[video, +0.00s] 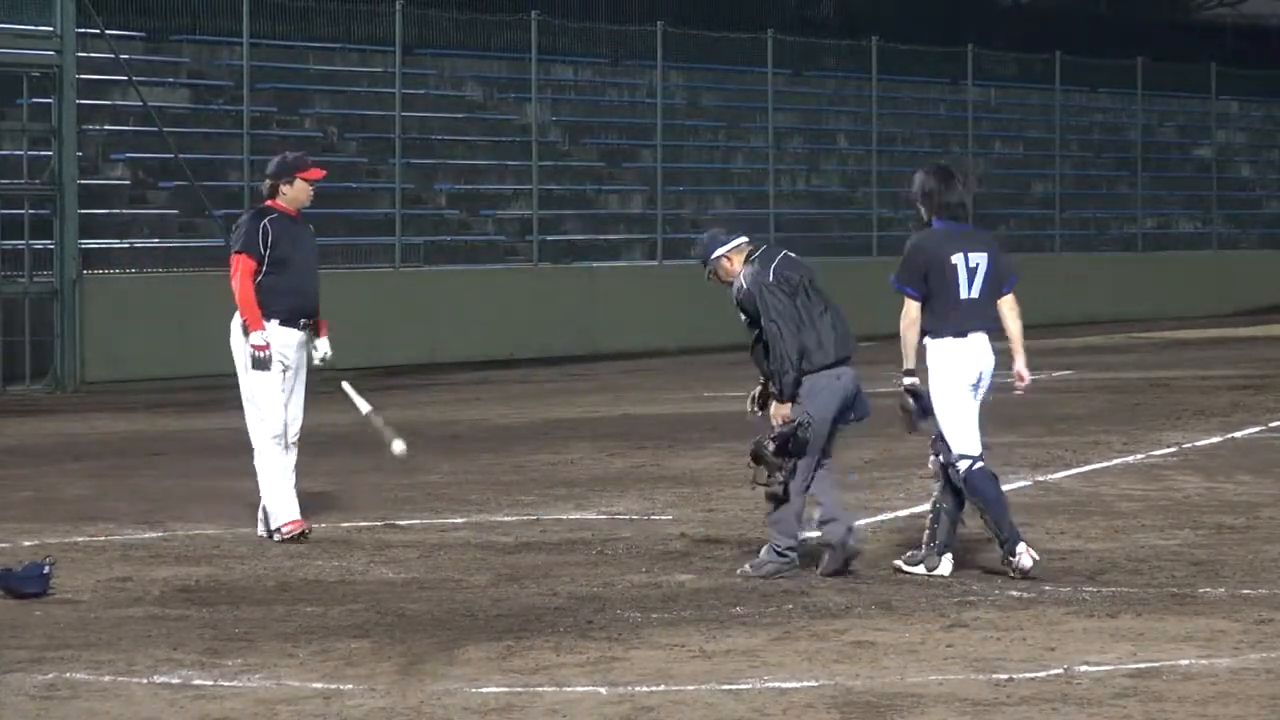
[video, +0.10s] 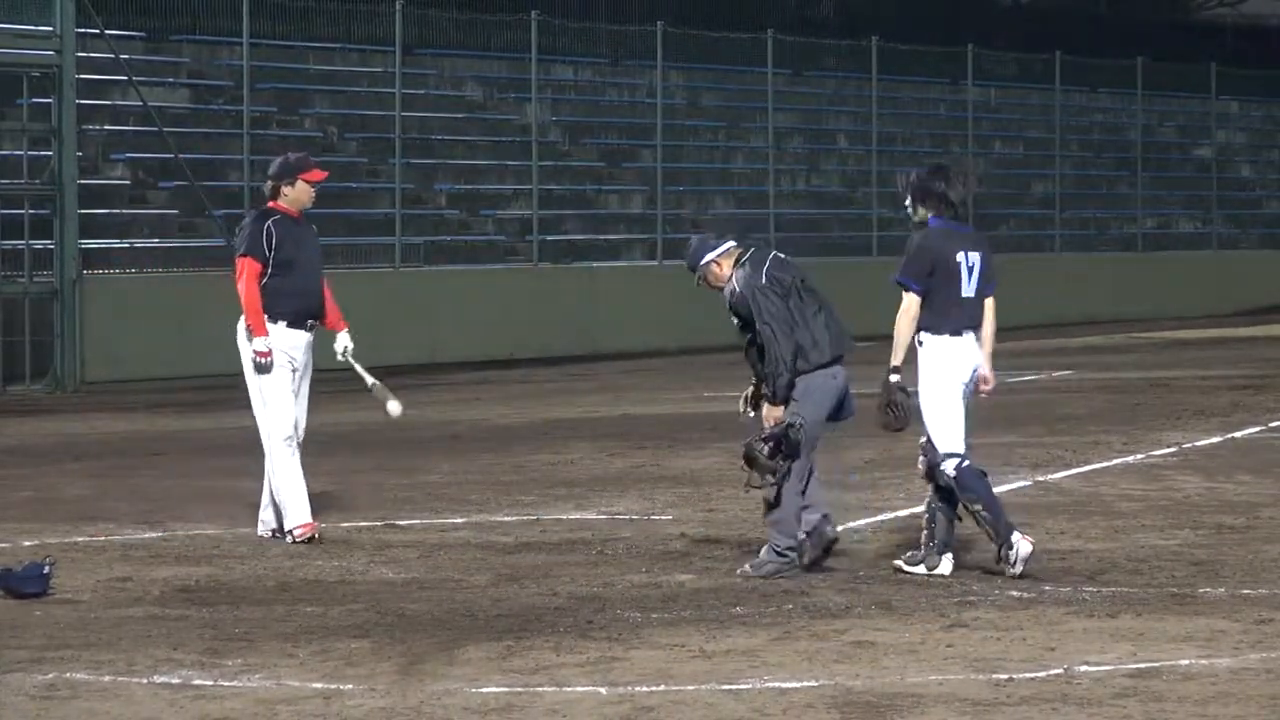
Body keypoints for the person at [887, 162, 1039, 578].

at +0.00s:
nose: (916, 205)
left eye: (918, 198)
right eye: (918, 198)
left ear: (926, 203)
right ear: (961, 199)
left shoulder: (922, 246)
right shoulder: (988, 243)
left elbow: (911, 313)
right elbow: (1008, 305)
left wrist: (908, 369)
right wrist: (1019, 356)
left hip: (944, 355)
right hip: (982, 352)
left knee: (965, 456)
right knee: (952, 452)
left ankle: (1015, 546)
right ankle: (936, 550)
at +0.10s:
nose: (910, 205)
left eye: (914, 198)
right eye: (912, 197)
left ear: (926, 201)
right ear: (953, 199)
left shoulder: (926, 242)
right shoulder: (977, 241)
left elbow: (909, 308)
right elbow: (987, 306)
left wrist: (894, 368)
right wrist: (986, 359)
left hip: (937, 349)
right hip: (969, 347)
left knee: (948, 454)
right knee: (943, 451)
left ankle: (1008, 539)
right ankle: (936, 550)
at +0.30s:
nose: (893, 207)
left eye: (898, 200)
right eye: (891, 200)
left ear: (921, 198)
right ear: (915, 199)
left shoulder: (939, 236)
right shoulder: (924, 236)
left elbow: (935, 299)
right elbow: (917, 300)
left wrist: (915, 360)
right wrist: (907, 355)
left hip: (937, 346)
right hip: (921, 343)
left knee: (929, 455)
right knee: (922, 452)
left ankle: (1004, 533)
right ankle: (936, 550)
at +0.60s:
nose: (873, 217)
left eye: (880, 209)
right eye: (870, 210)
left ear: (903, 207)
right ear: (874, 212)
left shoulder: (938, 245)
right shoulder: (877, 255)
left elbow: (962, 310)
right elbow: (871, 318)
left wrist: (970, 372)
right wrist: (872, 378)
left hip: (938, 354)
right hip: (897, 357)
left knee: (929, 452)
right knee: (913, 456)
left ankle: (950, 551)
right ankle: (933, 547)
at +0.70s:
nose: (869, 220)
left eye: (876, 212)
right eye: (866, 213)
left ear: (900, 210)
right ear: (867, 215)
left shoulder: (937, 249)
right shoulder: (869, 259)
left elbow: (967, 313)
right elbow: (861, 319)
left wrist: (986, 377)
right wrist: (857, 380)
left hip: (936, 359)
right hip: (894, 363)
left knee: (928, 454)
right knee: (912, 460)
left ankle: (945, 554)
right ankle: (933, 549)